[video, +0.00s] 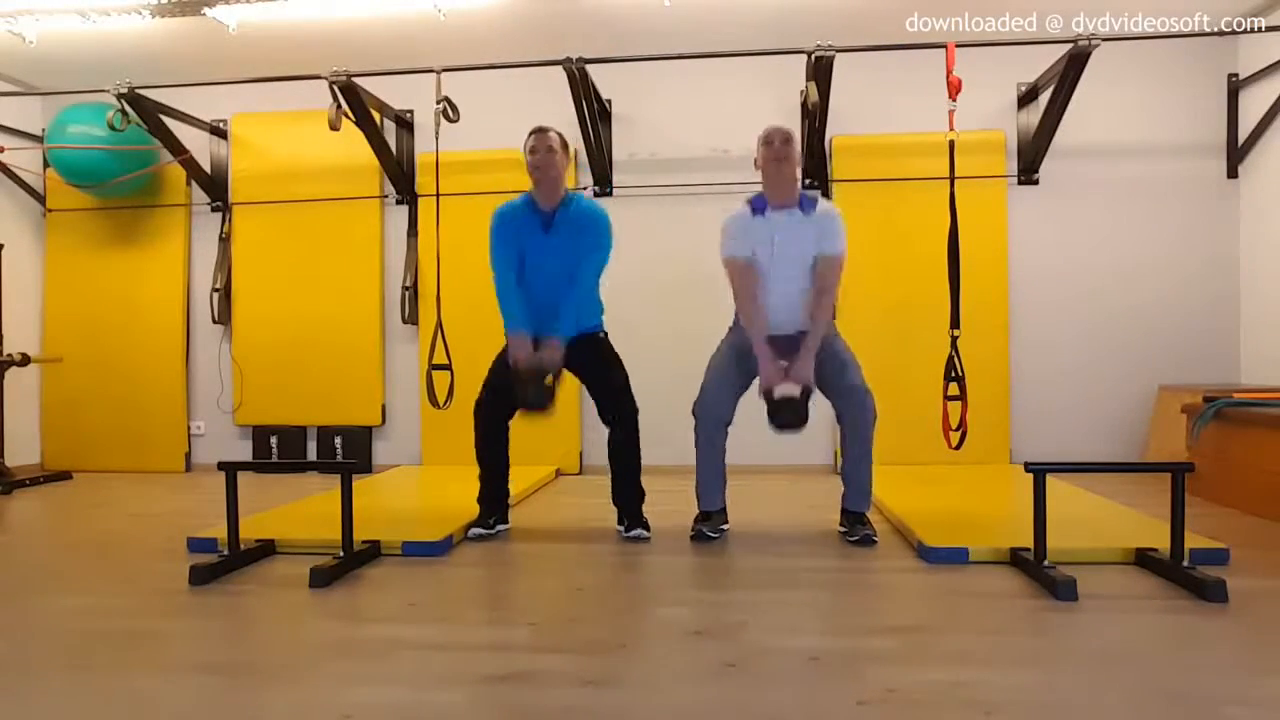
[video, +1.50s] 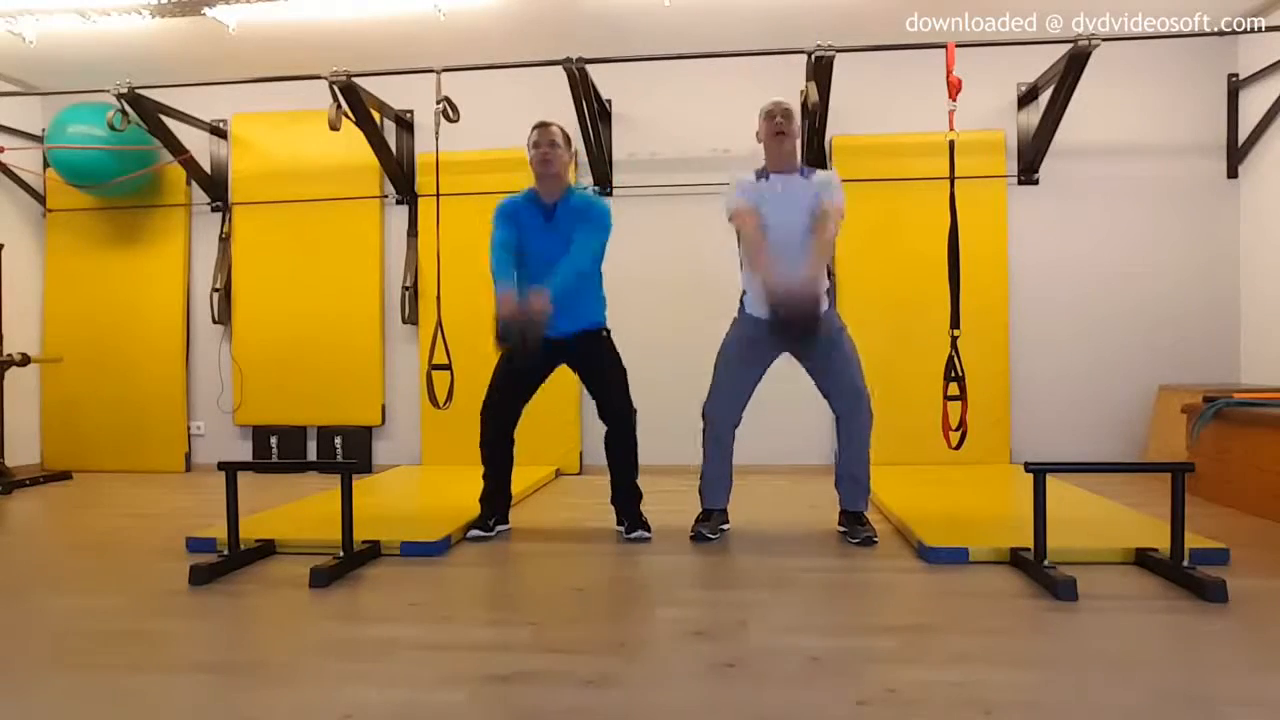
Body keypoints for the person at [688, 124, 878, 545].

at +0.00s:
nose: (778, 148)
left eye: (786, 142)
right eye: (769, 143)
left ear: (799, 158)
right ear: (757, 160)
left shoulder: (826, 217)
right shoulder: (739, 224)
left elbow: (825, 294)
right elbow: (746, 299)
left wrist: (808, 353)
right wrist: (765, 357)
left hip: (813, 336)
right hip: (752, 336)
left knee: (859, 403)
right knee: (709, 408)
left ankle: (855, 512)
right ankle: (711, 511)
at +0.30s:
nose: (784, 179)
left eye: (790, 173)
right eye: (774, 174)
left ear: (804, 184)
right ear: (760, 188)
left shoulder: (830, 242)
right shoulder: (738, 248)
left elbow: (823, 316)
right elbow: (745, 320)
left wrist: (802, 368)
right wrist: (760, 369)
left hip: (814, 342)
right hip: (750, 343)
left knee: (864, 404)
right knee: (703, 406)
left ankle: (854, 511)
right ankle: (711, 509)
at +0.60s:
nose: (774, 114)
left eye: (780, 108)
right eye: (765, 109)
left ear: (792, 122)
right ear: (752, 125)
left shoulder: (817, 166)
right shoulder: (738, 174)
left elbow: (820, 207)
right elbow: (746, 214)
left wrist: (805, 252)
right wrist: (771, 253)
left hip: (811, 304)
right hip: (753, 305)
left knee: (840, 405)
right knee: (727, 407)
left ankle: (853, 511)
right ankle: (713, 510)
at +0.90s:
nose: (776, 127)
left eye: (784, 121)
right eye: (769, 121)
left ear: (799, 129)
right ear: (756, 129)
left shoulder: (817, 175)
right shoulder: (742, 179)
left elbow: (819, 140)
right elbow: (748, 140)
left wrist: (806, 85)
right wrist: (764, 84)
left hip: (813, 299)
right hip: (755, 300)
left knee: (837, 403)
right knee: (735, 406)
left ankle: (853, 510)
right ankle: (714, 508)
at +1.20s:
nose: (781, 124)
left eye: (788, 119)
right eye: (774, 117)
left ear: (802, 125)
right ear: (763, 121)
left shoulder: (820, 172)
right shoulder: (744, 175)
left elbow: (825, 158)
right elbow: (746, 156)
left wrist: (813, 101)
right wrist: (764, 100)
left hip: (814, 299)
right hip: (757, 301)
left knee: (839, 406)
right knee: (734, 406)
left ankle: (853, 511)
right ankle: (714, 509)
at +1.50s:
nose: (779, 122)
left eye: (787, 117)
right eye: (771, 117)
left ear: (799, 133)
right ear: (758, 134)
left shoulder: (825, 181)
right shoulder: (745, 188)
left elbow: (825, 234)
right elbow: (751, 240)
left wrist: (811, 283)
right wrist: (774, 287)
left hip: (816, 319)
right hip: (758, 319)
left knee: (855, 407)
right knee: (718, 412)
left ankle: (853, 512)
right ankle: (713, 510)